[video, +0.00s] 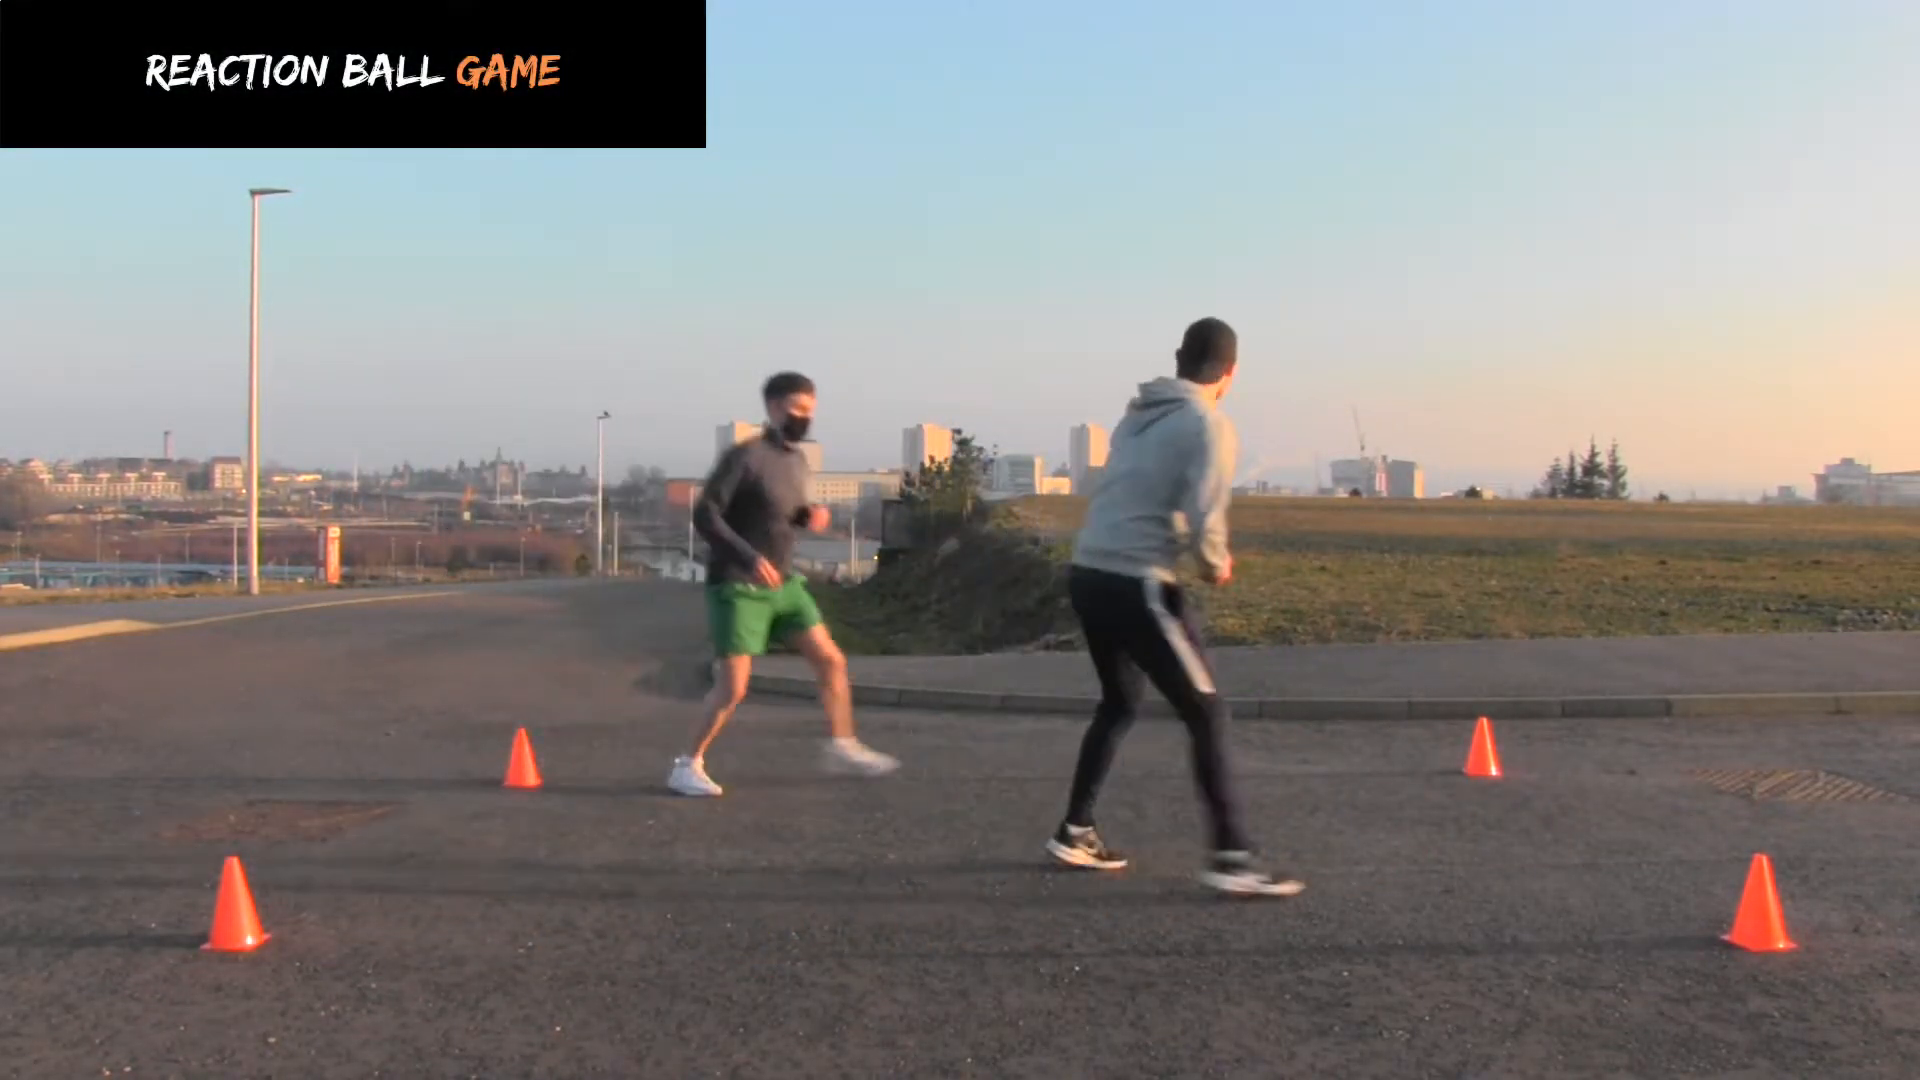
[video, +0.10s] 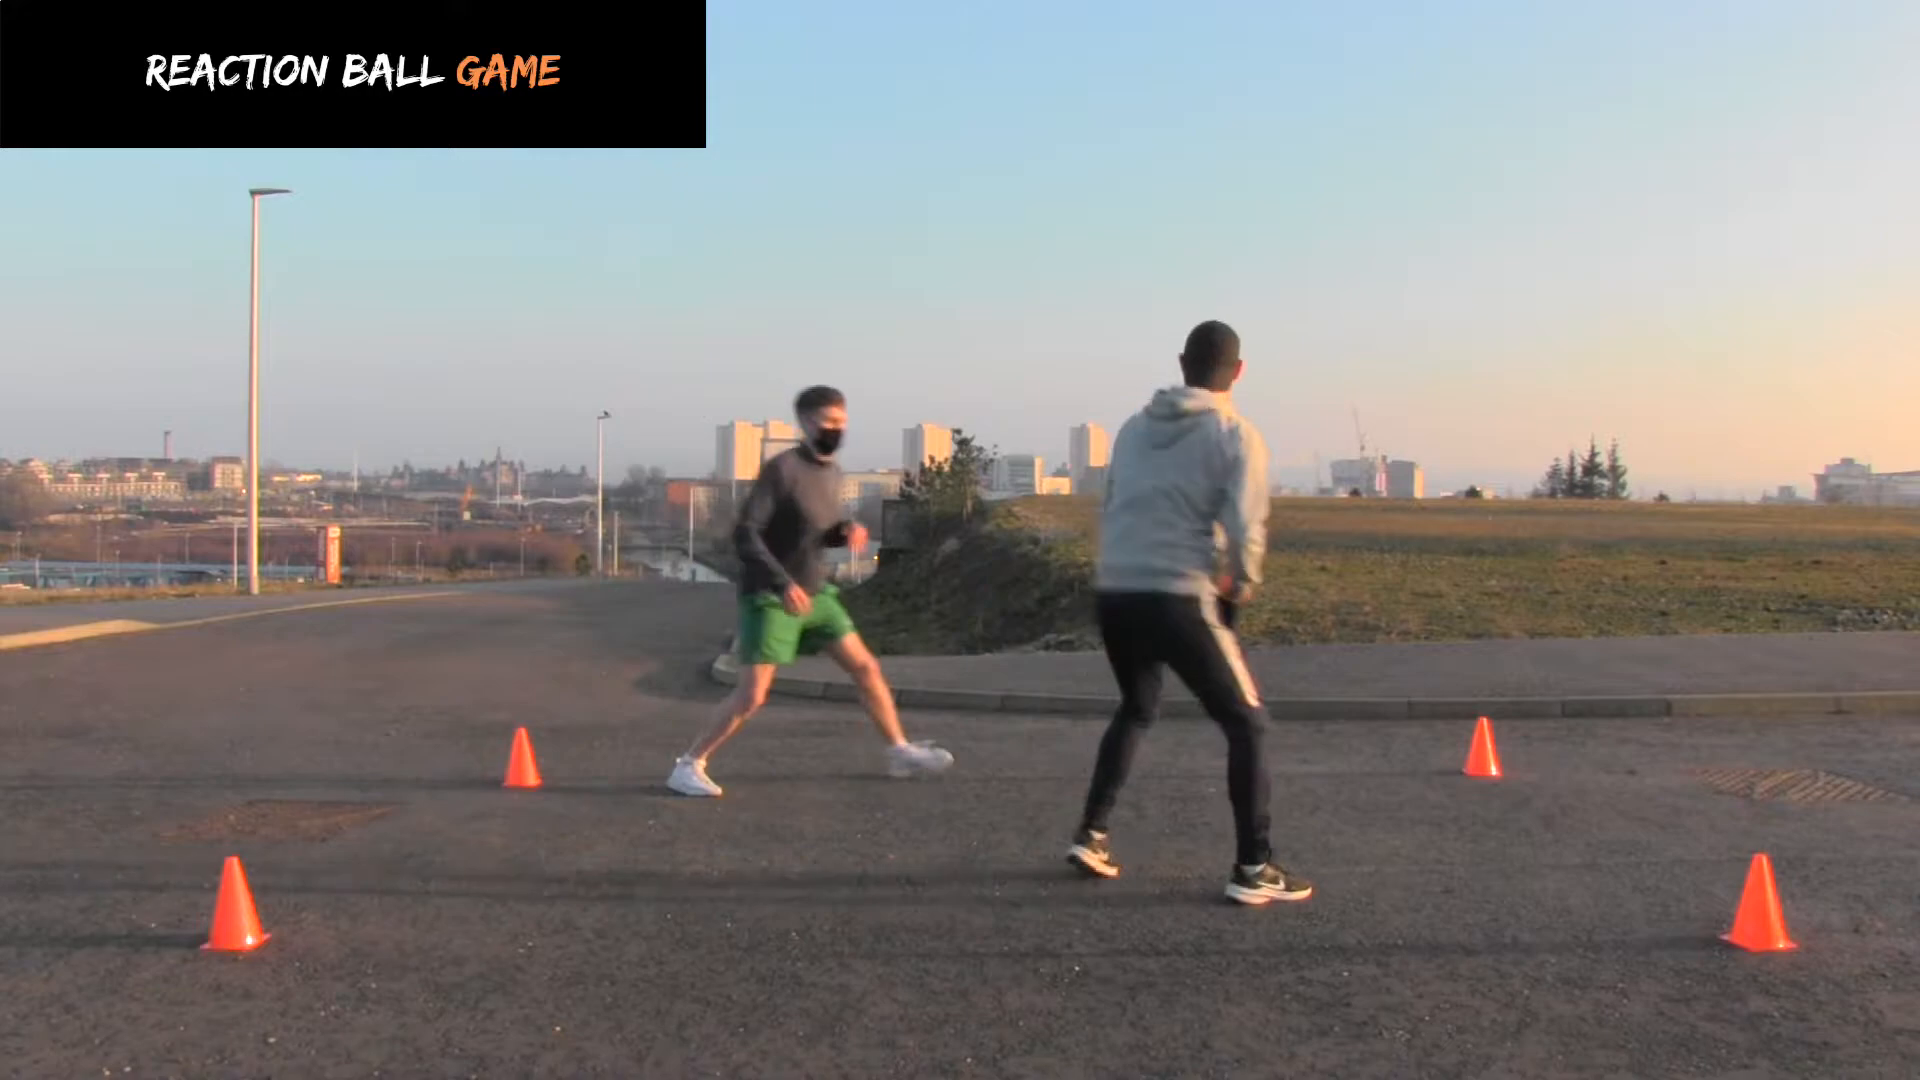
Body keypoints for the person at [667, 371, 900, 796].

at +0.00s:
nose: (805, 419)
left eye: (810, 412)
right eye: (797, 410)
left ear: (813, 413)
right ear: (773, 407)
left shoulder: (797, 461)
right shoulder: (743, 456)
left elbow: (786, 514)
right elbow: (704, 513)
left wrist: (809, 518)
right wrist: (750, 558)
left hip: (784, 583)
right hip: (739, 586)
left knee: (831, 661)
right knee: (733, 687)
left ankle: (843, 744)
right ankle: (689, 763)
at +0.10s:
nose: (837, 432)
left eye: (841, 424)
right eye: (828, 423)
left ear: (845, 425)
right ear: (805, 423)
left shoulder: (832, 475)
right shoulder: (781, 469)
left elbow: (820, 534)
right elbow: (746, 534)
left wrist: (844, 534)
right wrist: (783, 582)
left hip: (815, 593)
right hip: (770, 595)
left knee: (865, 667)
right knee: (752, 695)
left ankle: (901, 750)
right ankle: (690, 764)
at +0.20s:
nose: (884, 427)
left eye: (889, 419)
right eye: (875, 419)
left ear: (896, 418)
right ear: (856, 419)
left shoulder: (896, 472)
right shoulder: (835, 467)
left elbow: (899, 516)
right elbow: (798, 529)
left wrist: (911, 520)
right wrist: (830, 580)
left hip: (880, 591)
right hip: (833, 594)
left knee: (927, 666)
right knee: (790, 683)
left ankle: (914, 753)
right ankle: (715, 749)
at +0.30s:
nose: (913, 413)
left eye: (919, 405)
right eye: (904, 405)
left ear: (925, 402)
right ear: (885, 403)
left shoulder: (926, 451)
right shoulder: (863, 451)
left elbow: (929, 504)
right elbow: (828, 516)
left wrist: (942, 508)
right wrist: (861, 563)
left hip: (912, 581)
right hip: (866, 579)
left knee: (938, 664)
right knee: (833, 671)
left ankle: (915, 750)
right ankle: (769, 736)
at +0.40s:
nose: (949, 387)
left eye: (956, 379)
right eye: (941, 379)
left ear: (963, 379)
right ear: (922, 378)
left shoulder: (963, 427)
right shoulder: (895, 427)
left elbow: (965, 483)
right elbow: (865, 489)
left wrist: (978, 492)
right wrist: (898, 532)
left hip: (949, 556)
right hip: (901, 556)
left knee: (962, 651)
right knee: (889, 656)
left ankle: (928, 734)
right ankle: (871, 737)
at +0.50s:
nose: (968, 388)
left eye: (976, 381)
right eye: (960, 379)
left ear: (984, 381)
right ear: (943, 377)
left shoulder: (986, 425)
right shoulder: (915, 425)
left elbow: (992, 475)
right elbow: (888, 489)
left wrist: (998, 489)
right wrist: (923, 529)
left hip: (973, 551)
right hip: (922, 553)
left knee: (997, 646)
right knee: (920, 655)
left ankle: (967, 725)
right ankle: (917, 740)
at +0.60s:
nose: (1002, 404)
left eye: (1009, 396)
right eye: (993, 395)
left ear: (1018, 401)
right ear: (976, 399)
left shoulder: (1020, 450)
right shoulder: (951, 450)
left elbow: (1025, 501)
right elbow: (922, 512)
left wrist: (1032, 514)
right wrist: (956, 552)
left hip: (1012, 571)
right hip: (962, 575)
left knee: (1051, 654)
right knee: (955, 673)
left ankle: (1067, 738)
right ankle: (935, 749)